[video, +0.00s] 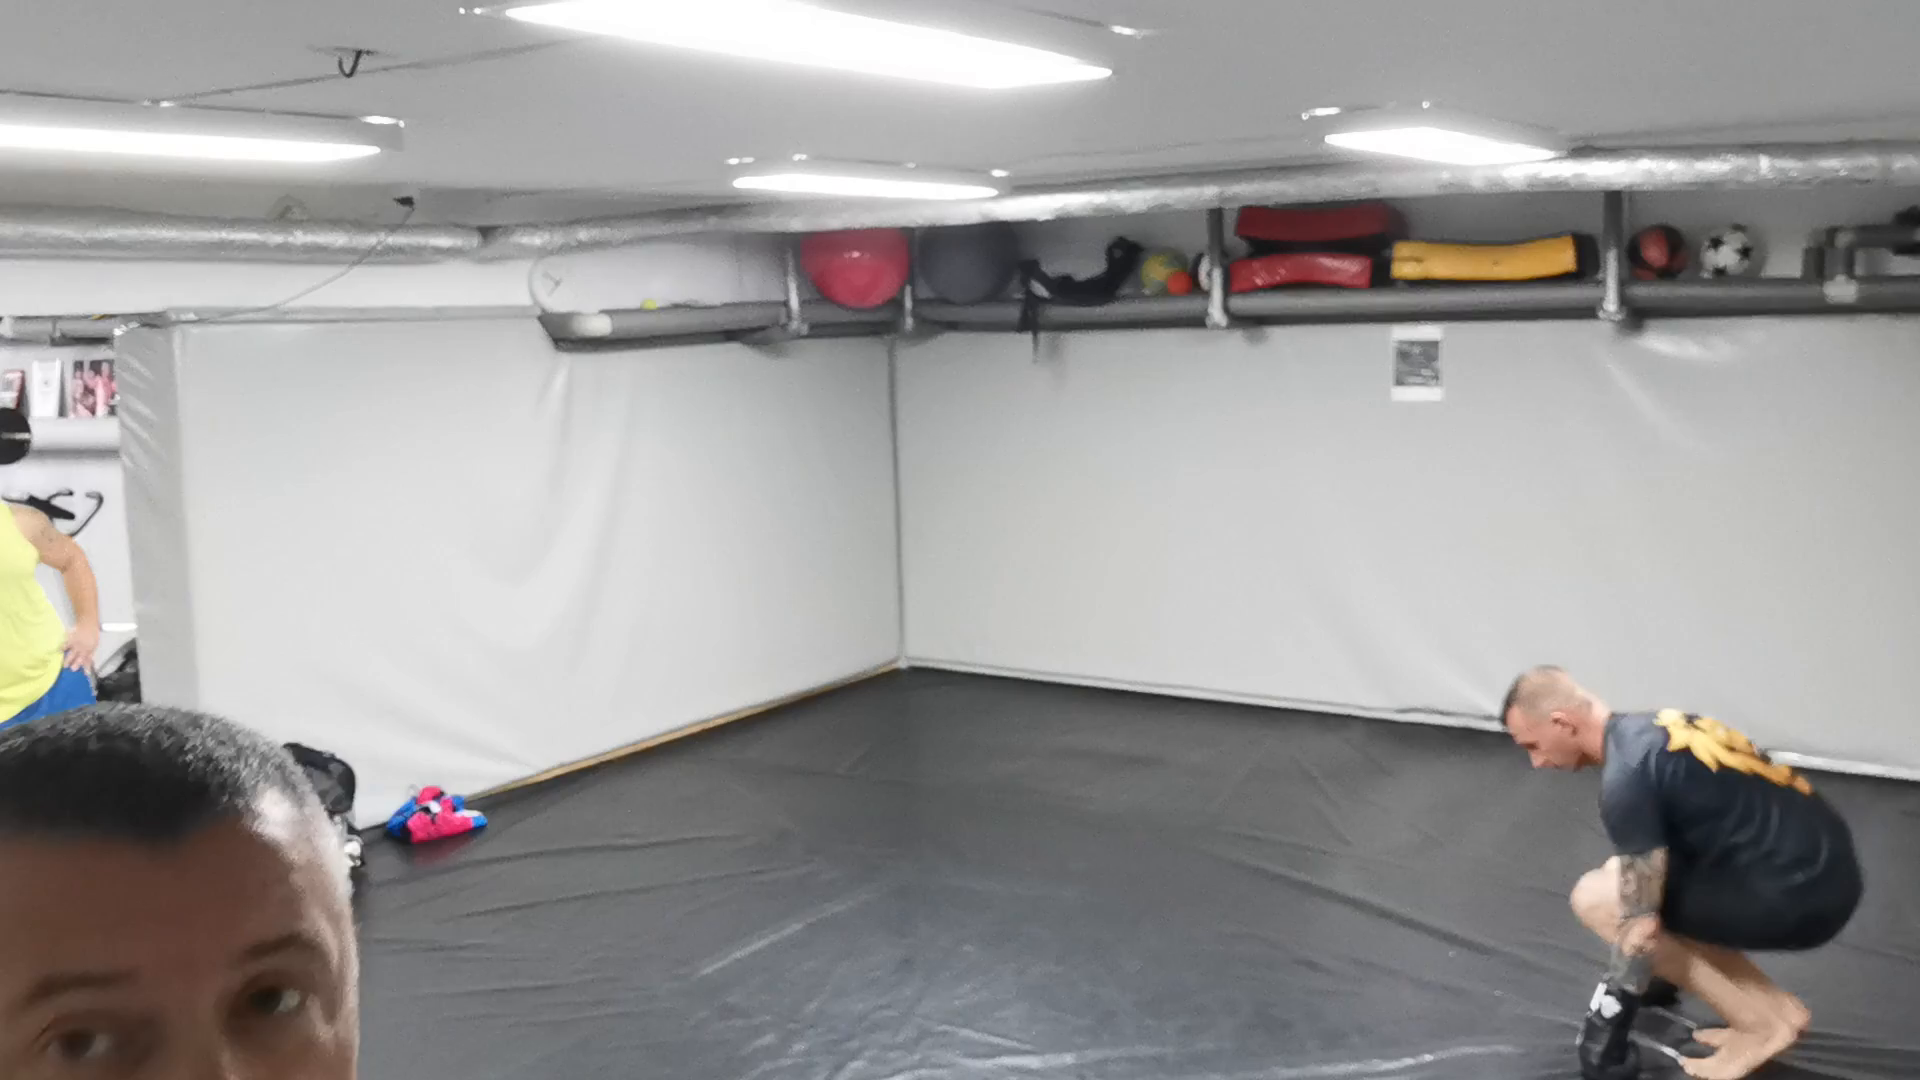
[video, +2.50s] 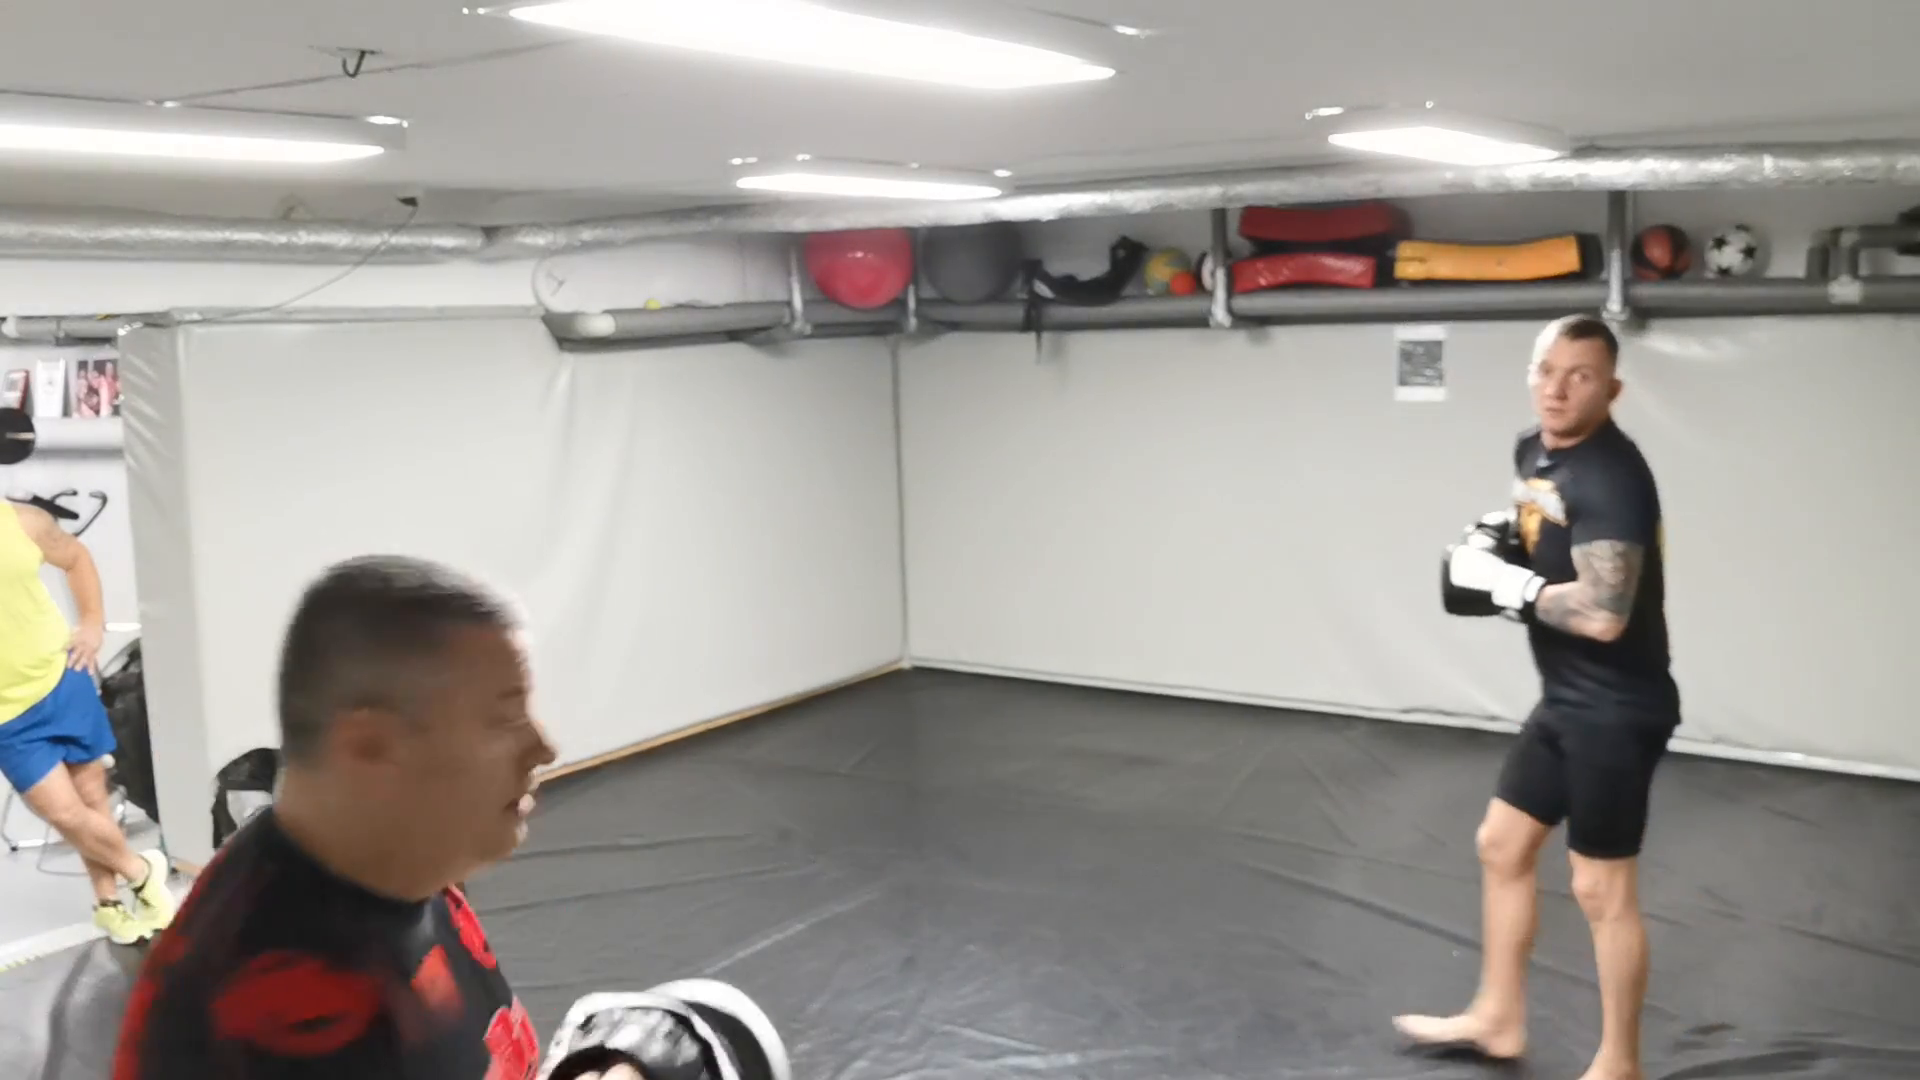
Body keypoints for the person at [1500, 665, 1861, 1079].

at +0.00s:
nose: (1535, 763)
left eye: (1532, 746)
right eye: (1527, 751)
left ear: (1565, 720)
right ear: (1573, 714)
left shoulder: (1627, 783)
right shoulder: (1651, 728)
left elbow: (1641, 923)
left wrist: (1613, 1011)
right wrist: (1661, 981)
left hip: (1804, 901)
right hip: (1827, 872)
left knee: (1593, 898)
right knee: (1620, 876)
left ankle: (1760, 1023)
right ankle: (1769, 1005)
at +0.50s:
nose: (1571, 710)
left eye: (1566, 694)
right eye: (1563, 698)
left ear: (1599, 671)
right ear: (1607, 660)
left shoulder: (1663, 720)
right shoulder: (1686, 662)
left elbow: (1665, 860)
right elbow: (1711, 813)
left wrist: (1632, 951)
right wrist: (1668, 920)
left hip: (1872, 763)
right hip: (1893, 743)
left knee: (1705, 868)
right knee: (1727, 858)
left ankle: (1783, 1053)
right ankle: (1793, 1030)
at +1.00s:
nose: (1594, 536)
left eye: (1596, 520)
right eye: (1590, 523)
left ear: (1644, 506)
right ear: (1649, 507)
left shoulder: (1693, 569)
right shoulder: (1727, 533)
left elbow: (1727, 704)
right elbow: (1799, 659)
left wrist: (1691, 787)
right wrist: (1758, 742)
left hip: (1857, 697)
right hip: (1886, 688)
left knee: (1751, 855)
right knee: (1784, 858)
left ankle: (1786, 1046)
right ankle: (1802, 1035)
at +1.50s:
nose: (1650, 414)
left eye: (1667, 399)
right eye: (1643, 399)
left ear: (1711, 402)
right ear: (1637, 403)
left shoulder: (1747, 477)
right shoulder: (1682, 481)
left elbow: (1831, 575)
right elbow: (1719, 578)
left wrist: (1737, 618)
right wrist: (1680, 611)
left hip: (1797, 690)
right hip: (1766, 685)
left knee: (1681, 846)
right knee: (1751, 854)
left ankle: (1679, 1040)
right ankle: (1797, 1028)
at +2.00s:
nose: (1606, 404)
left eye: (1627, 391)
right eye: (1596, 387)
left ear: (1661, 399)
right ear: (1584, 390)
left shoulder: (1682, 485)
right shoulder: (1594, 468)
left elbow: (1748, 608)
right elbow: (1611, 563)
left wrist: (1646, 631)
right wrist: (1577, 587)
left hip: (1695, 701)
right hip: (1655, 695)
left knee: (1622, 877)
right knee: (1691, 858)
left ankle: (1617, 1062)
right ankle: (1778, 1001)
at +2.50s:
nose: (1557, 389)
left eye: (1577, 377)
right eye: (1546, 372)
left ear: (1611, 389)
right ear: (1531, 377)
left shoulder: (1613, 476)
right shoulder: (1536, 449)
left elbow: (1604, 615)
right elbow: (1545, 545)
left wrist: (1510, 585)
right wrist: (1497, 545)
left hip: (1620, 707)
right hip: (1565, 694)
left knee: (1603, 889)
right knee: (1504, 846)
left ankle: (1619, 1059)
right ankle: (1498, 1018)